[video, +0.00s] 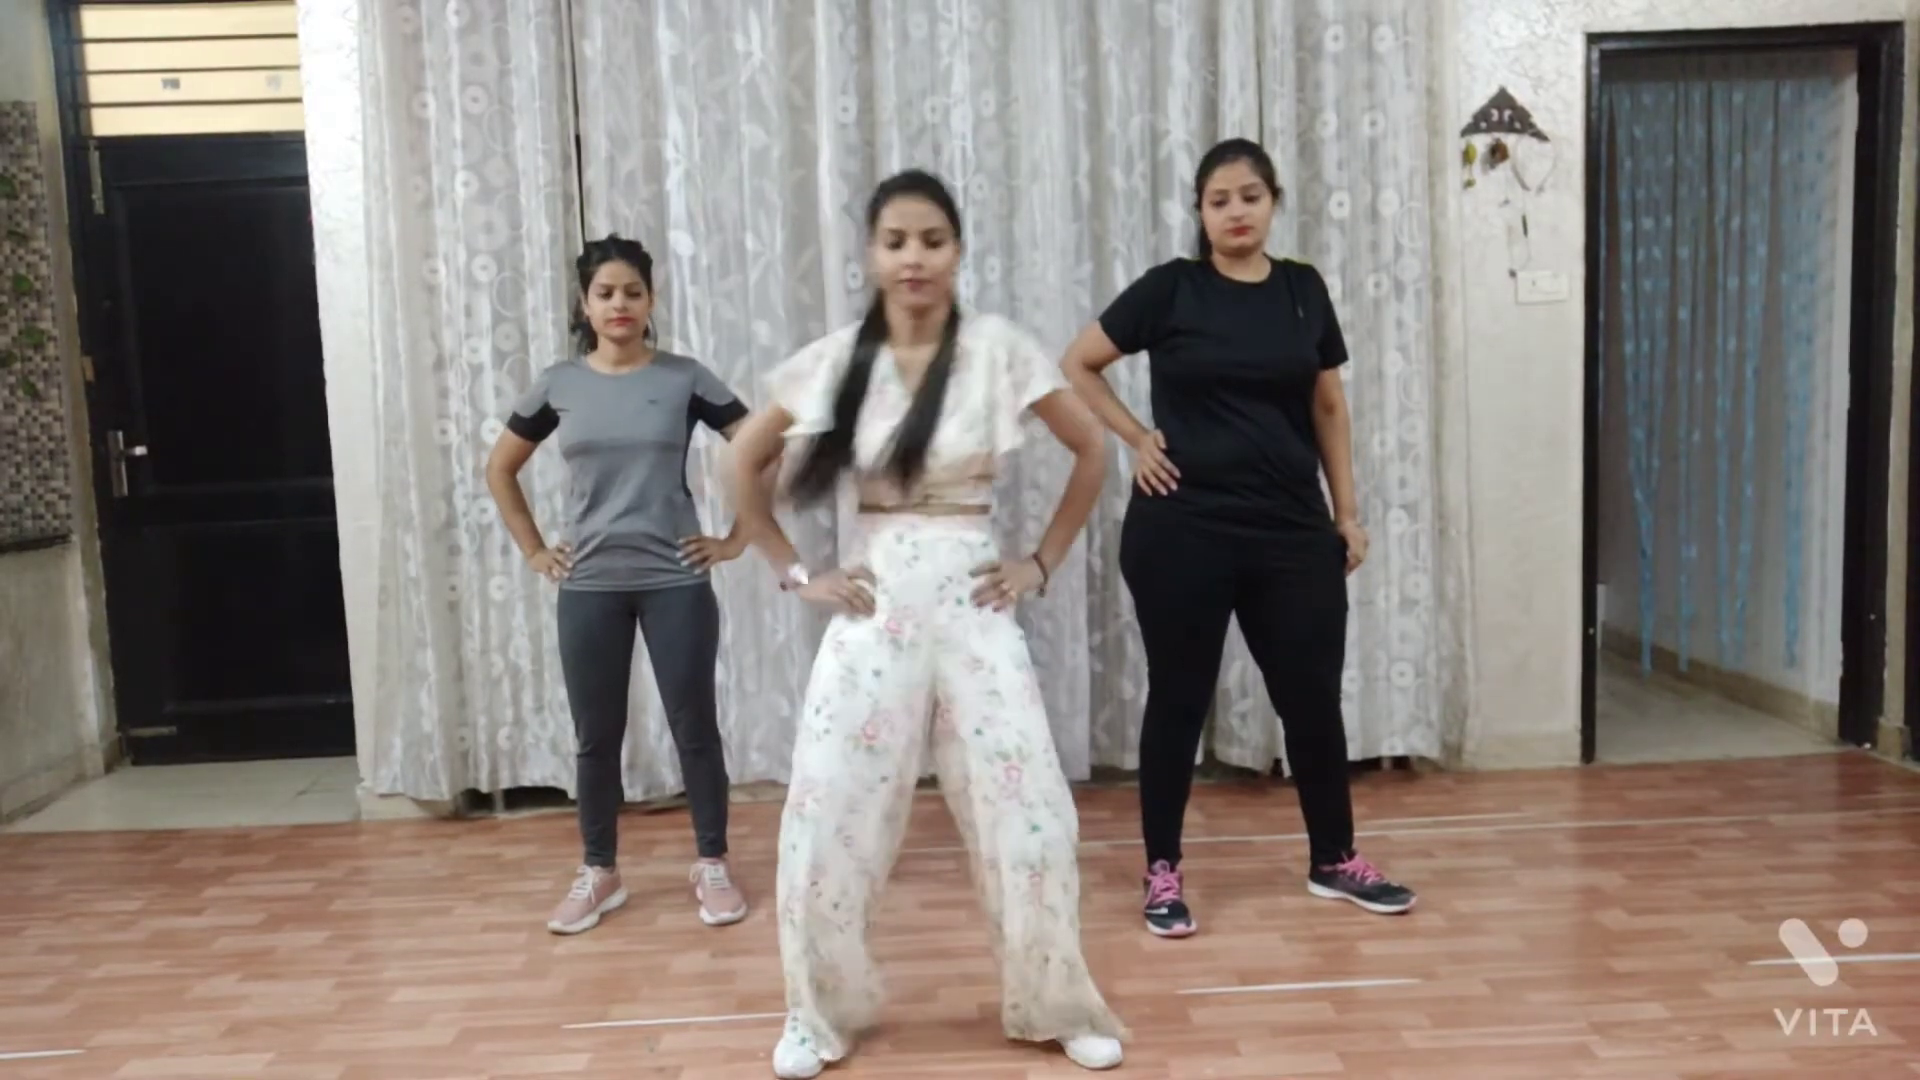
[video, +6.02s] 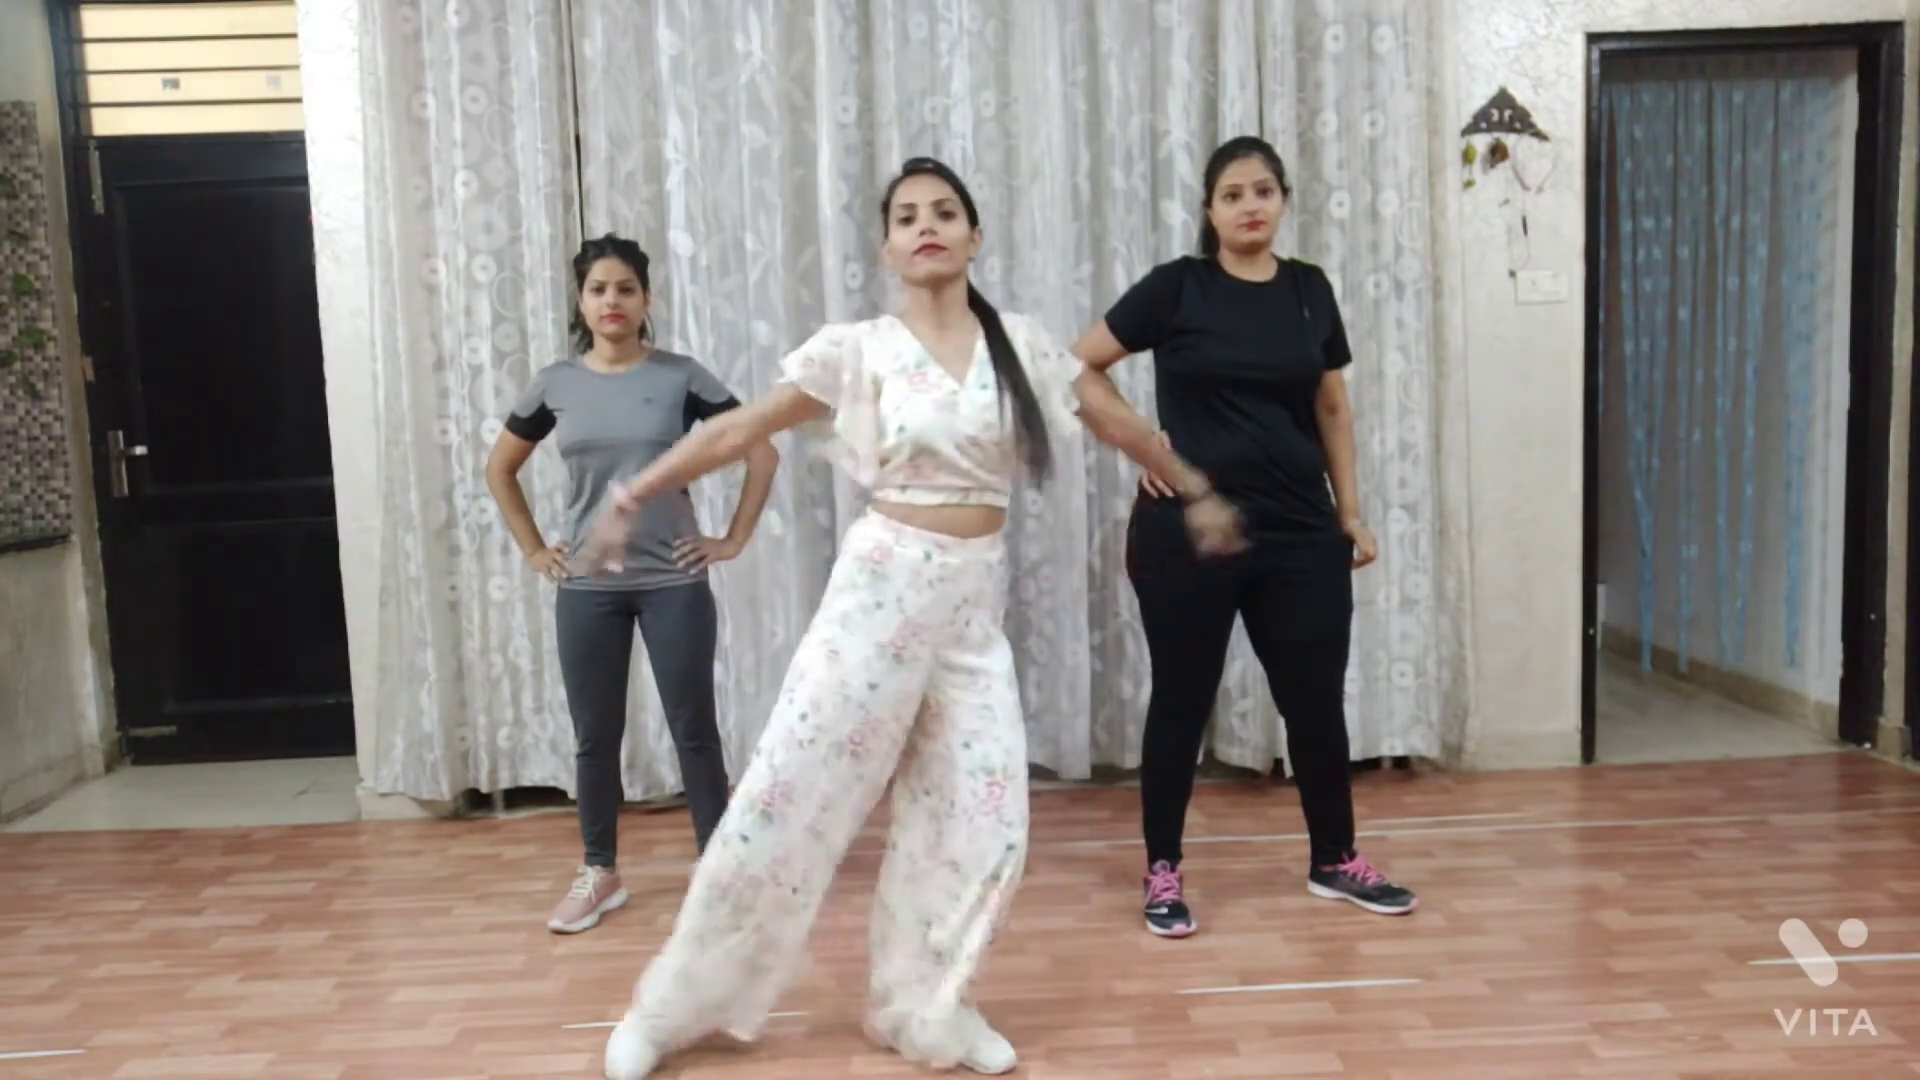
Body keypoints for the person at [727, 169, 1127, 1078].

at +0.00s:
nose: (915, 260)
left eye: (933, 241)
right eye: (896, 242)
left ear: (959, 253)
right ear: (870, 257)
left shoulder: (1001, 352)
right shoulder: (832, 363)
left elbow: (1095, 449)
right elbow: (740, 463)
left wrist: (1038, 562)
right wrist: (798, 575)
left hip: (975, 611)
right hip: (870, 614)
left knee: (1031, 812)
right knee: (823, 812)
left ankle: (1062, 1009)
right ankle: (816, 1013)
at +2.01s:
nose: (878, 286)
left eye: (896, 269)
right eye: (860, 269)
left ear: (926, 284)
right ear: (836, 287)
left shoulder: (978, 385)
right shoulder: (808, 404)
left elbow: (1089, 476)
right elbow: (729, 530)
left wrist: (1066, 595)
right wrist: (812, 623)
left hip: (993, 638)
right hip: (882, 648)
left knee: (1062, 844)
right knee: (816, 845)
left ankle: (1082, 1001)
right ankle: (823, 1010)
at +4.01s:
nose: (863, 275)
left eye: (881, 258)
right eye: (845, 258)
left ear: (908, 272)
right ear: (822, 273)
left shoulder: (957, 372)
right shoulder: (783, 397)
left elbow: (1065, 454)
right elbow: (725, 527)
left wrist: (1054, 577)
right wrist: (808, 621)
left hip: (985, 621)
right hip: (875, 636)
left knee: (1059, 830)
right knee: (820, 842)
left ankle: (1077, 1005)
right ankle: (829, 1012)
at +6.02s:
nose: (927, 230)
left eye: (944, 215)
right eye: (908, 219)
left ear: (975, 236)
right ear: (887, 244)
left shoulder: (1021, 342)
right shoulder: (856, 349)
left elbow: (1120, 424)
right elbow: (738, 428)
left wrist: (1198, 494)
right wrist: (632, 491)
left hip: (975, 608)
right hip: (879, 600)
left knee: (991, 822)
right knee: (785, 798)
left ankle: (926, 1003)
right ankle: (662, 1013)